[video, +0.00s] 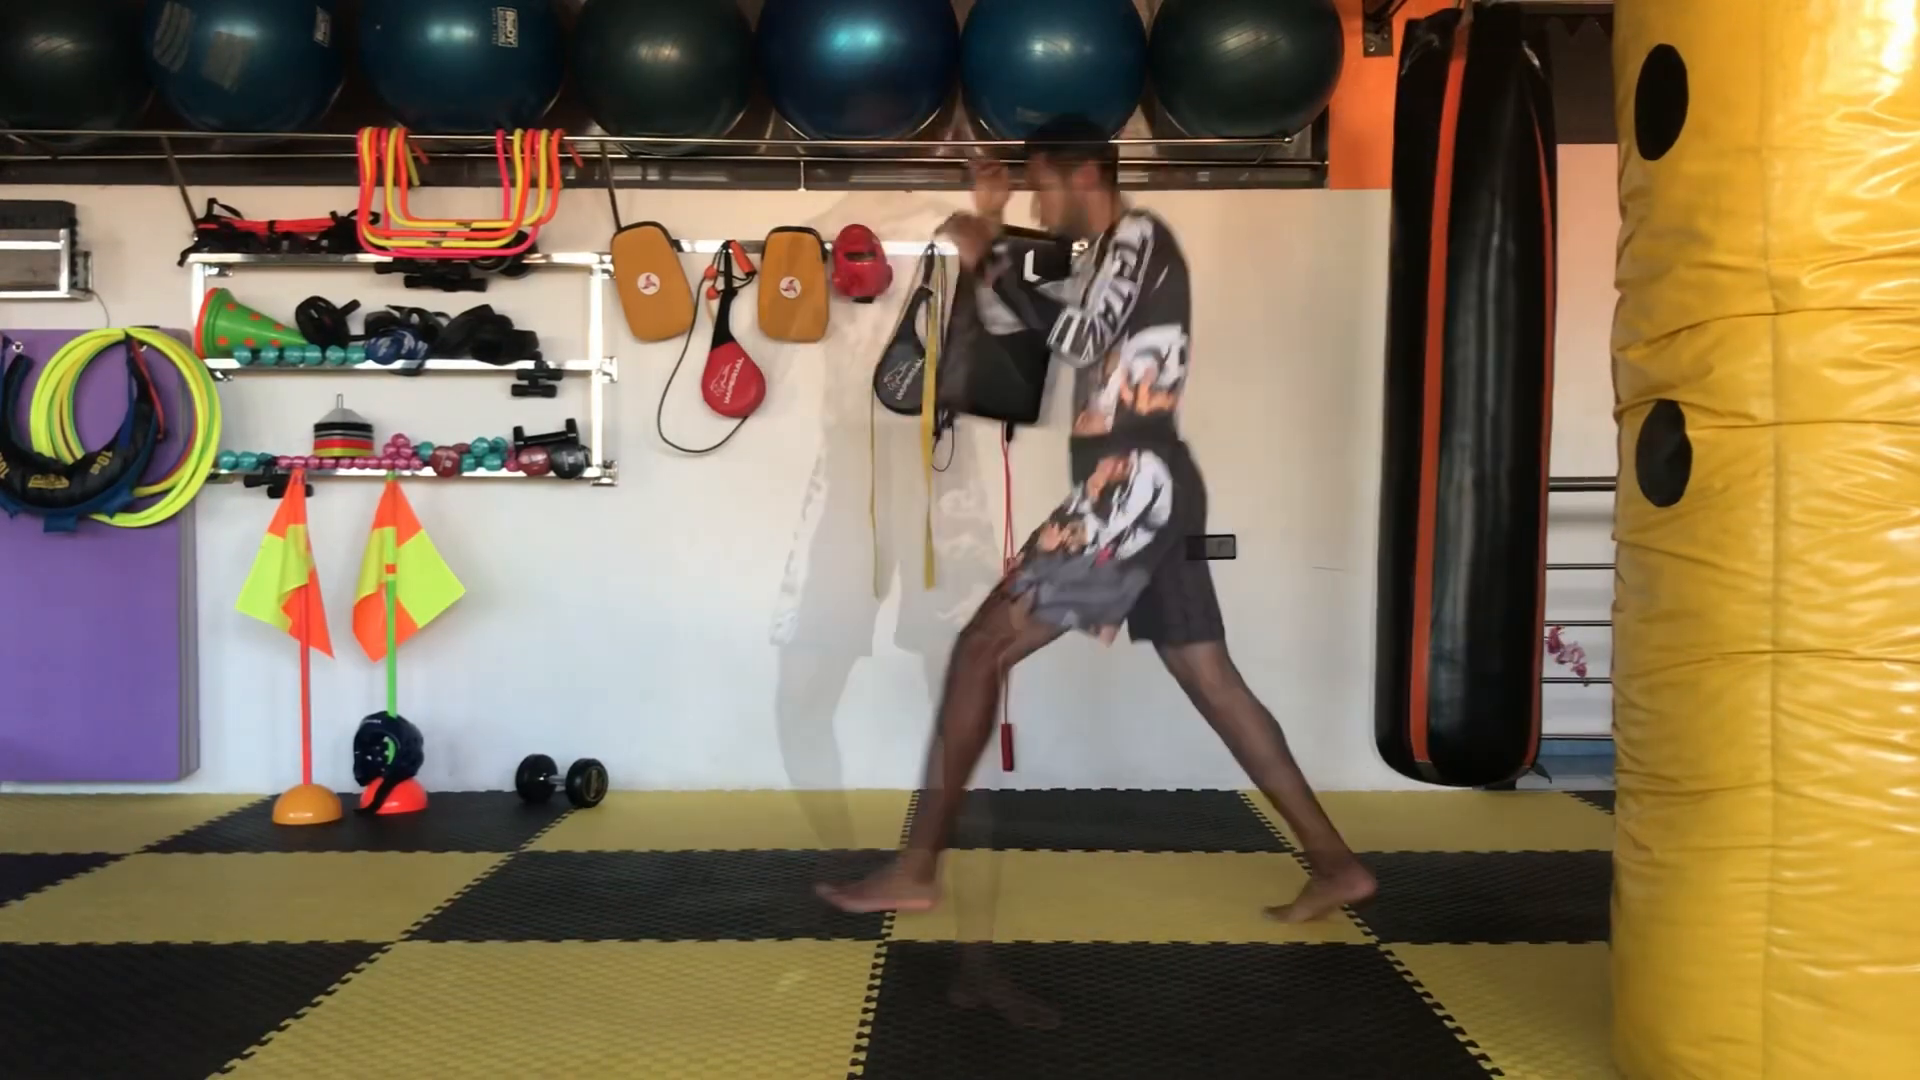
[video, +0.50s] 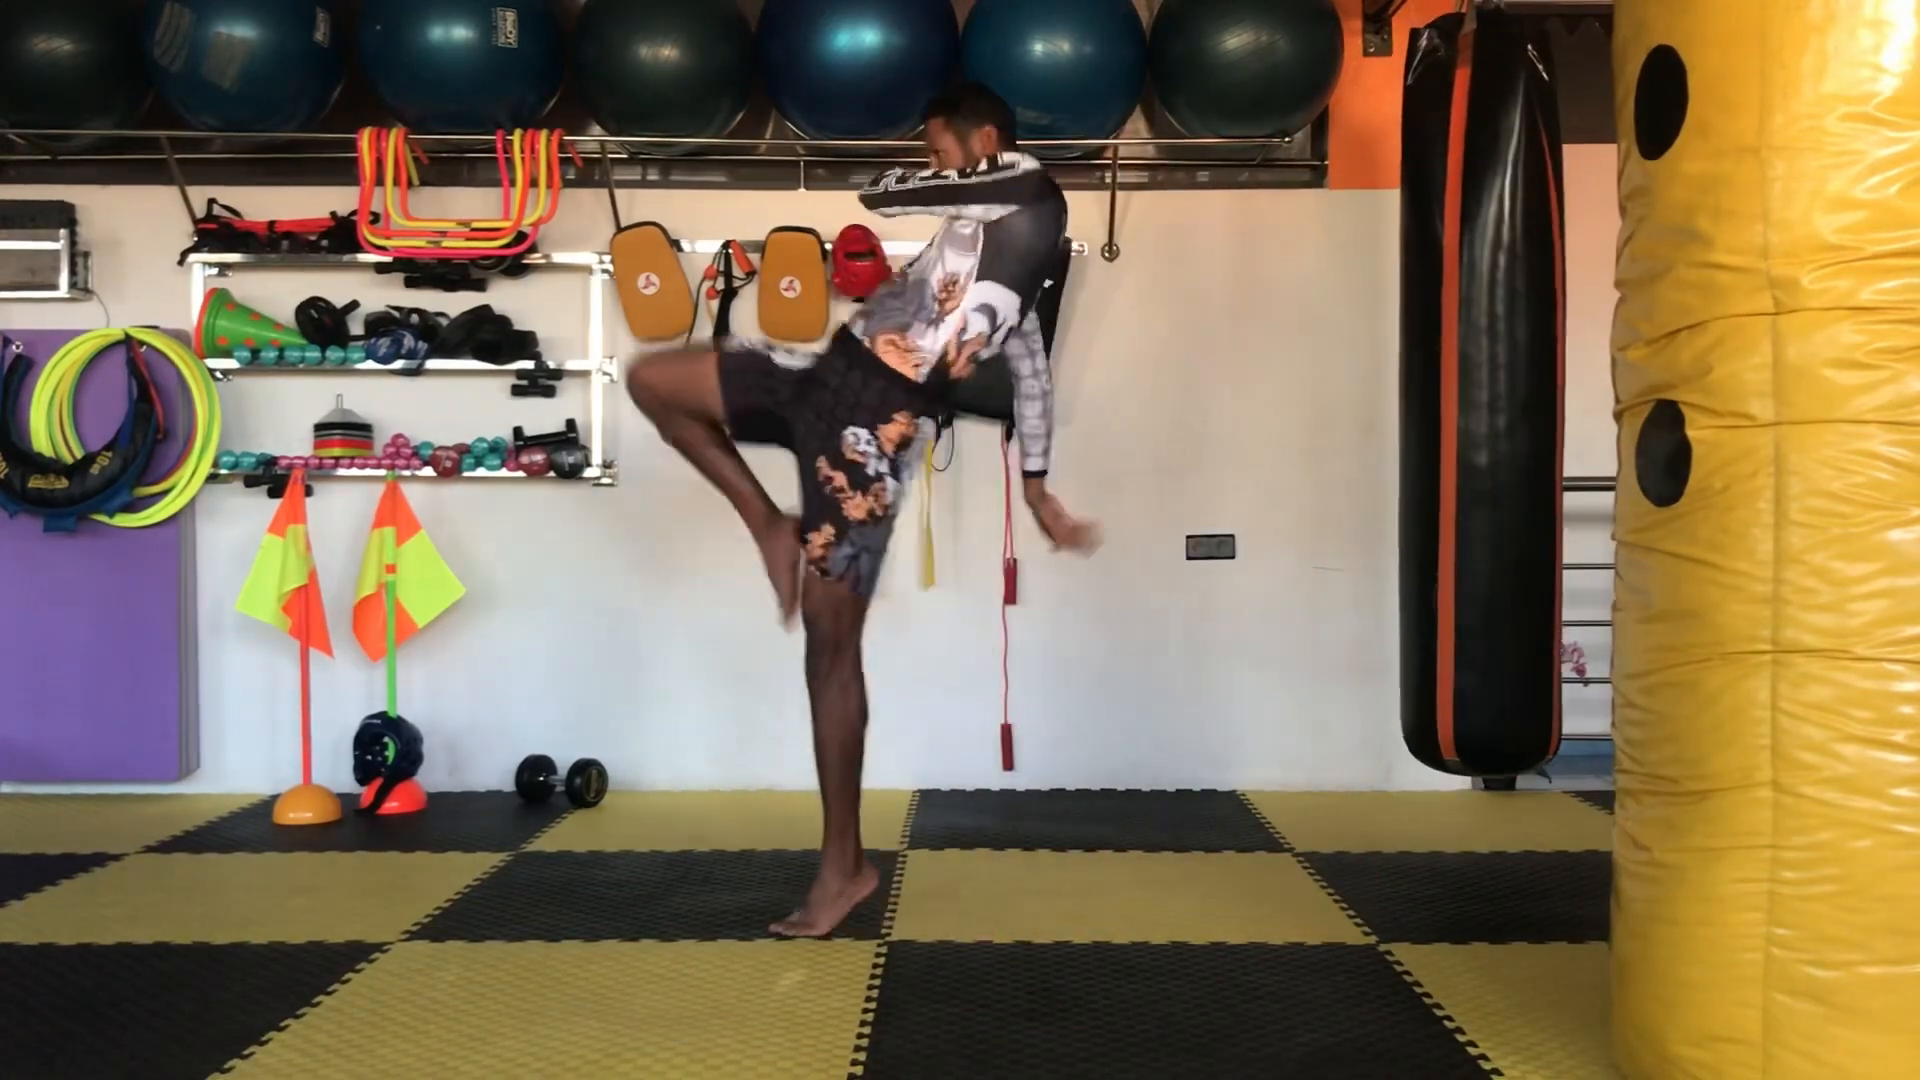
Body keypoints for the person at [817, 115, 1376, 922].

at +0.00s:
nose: (1040, 205)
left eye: (1045, 189)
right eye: (1038, 190)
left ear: (1088, 176)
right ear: (1089, 181)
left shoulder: (1138, 239)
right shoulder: (1109, 249)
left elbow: (1084, 338)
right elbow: (1034, 300)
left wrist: (990, 256)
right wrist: (990, 232)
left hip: (1131, 486)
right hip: (1150, 484)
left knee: (980, 648)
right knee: (1213, 681)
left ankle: (915, 869)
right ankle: (1334, 862)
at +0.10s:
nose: (997, 238)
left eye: (1005, 221)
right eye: (995, 224)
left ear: (1052, 213)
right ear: (1051, 216)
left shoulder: (1096, 280)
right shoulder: (1073, 285)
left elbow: (1049, 358)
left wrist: (953, 297)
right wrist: (934, 219)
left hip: (1084, 524)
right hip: (1107, 518)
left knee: (911, 668)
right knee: (1200, 702)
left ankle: (873, 887)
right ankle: (1340, 871)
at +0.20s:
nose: (957, 226)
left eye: (965, 210)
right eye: (956, 212)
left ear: (1012, 202)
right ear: (1003, 206)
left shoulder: (1055, 266)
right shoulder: (1005, 277)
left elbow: (971, 305)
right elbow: (932, 306)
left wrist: (875, 236)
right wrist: (869, 246)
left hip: (1011, 524)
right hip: (1027, 520)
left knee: (852, 682)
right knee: (1055, 723)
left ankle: (866, 896)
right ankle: (1243, 817)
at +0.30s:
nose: (940, 188)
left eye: (946, 170)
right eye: (938, 174)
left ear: (989, 163)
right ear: (993, 166)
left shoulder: (1028, 224)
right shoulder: (996, 249)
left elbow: (908, 236)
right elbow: (949, 379)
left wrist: (854, 178)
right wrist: (862, 336)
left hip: (964, 490)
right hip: (958, 487)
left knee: (836, 679)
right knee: (871, 662)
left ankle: (863, 890)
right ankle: (1027, 732)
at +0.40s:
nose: (932, 168)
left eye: (938, 151)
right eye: (931, 155)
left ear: (983, 139)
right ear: (985, 143)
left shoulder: (1016, 186)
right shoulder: (1020, 236)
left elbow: (869, 199)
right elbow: (1026, 398)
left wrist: (921, 185)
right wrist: (937, 393)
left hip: (919, 455)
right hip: (887, 433)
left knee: (837, 665)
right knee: (728, 497)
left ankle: (855, 877)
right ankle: (842, 606)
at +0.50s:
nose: (934, 167)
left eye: (939, 151)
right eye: (930, 155)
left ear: (985, 136)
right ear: (983, 138)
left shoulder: (1025, 203)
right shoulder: (982, 219)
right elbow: (1029, 359)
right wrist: (1035, 482)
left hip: (868, 416)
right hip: (824, 378)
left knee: (830, 644)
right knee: (653, 378)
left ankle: (844, 865)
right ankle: (771, 529)